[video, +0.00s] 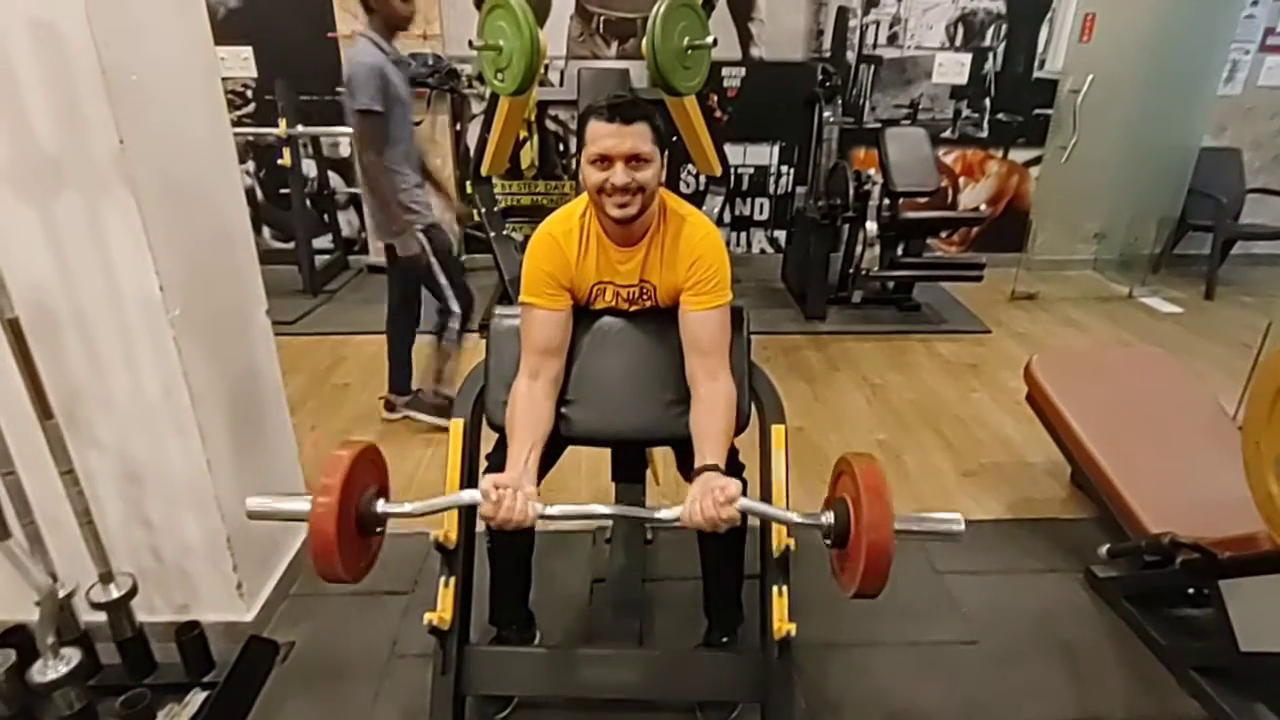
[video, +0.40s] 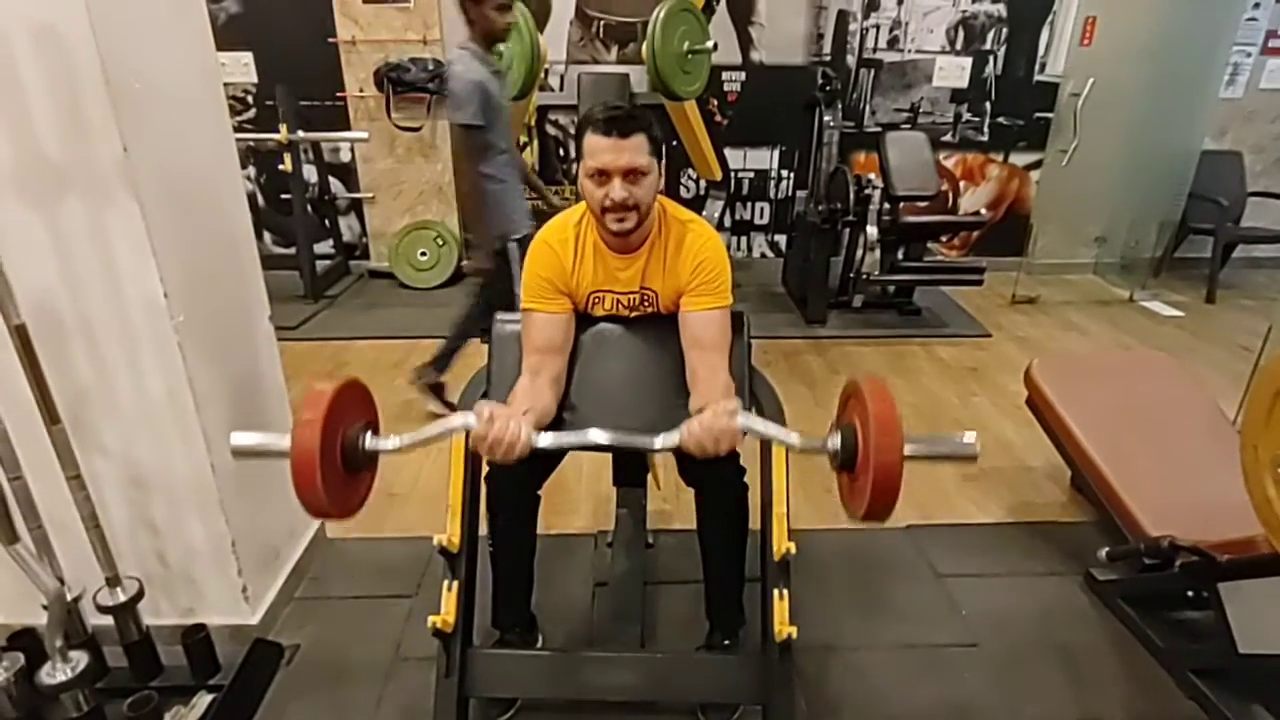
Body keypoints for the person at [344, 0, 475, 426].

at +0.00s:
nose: (411, 8)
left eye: (410, 2)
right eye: (402, 1)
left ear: (380, 9)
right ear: (375, 5)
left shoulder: (384, 56)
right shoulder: (366, 62)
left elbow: (406, 143)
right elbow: (368, 154)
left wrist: (444, 192)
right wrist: (400, 223)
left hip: (404, 209)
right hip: (402, 214)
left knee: (403, 303)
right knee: (459, 299)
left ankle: (399, 392)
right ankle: (434, 393)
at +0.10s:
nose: (443, 13)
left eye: (443, 5)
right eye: (433, 5)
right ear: (404, 8)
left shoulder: (422, 64)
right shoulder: (395, 70)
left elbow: (445, 141)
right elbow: (396, 160)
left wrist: (491, 181)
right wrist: (414, 239)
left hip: (432, 220)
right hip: (430, 224)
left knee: (410, 312)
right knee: (477, 319)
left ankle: (399, 394)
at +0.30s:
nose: (501, 21)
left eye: (502, 11)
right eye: (491, 10)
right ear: (461, 11)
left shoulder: (473, 69)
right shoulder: (457, 77)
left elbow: (498, 148)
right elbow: (453, 170)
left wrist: (542, 191)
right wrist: (469, 242)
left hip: (493, 212)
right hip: (488, 216)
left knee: (470, 298)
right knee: (510, 307)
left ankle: (421, 378)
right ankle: (508, 392)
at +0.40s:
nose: (510, 19)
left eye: (511, 9)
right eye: (501, 9)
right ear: (472, 12)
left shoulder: (486, 67)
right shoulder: (467, 75)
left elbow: (506, 149)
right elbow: (465, 168)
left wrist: (540, 190)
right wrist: (477, 243)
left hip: (510, 210)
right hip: (497, 216)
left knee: (492, 301)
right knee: (511, 307)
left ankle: (434, 371)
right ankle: (513, 393)